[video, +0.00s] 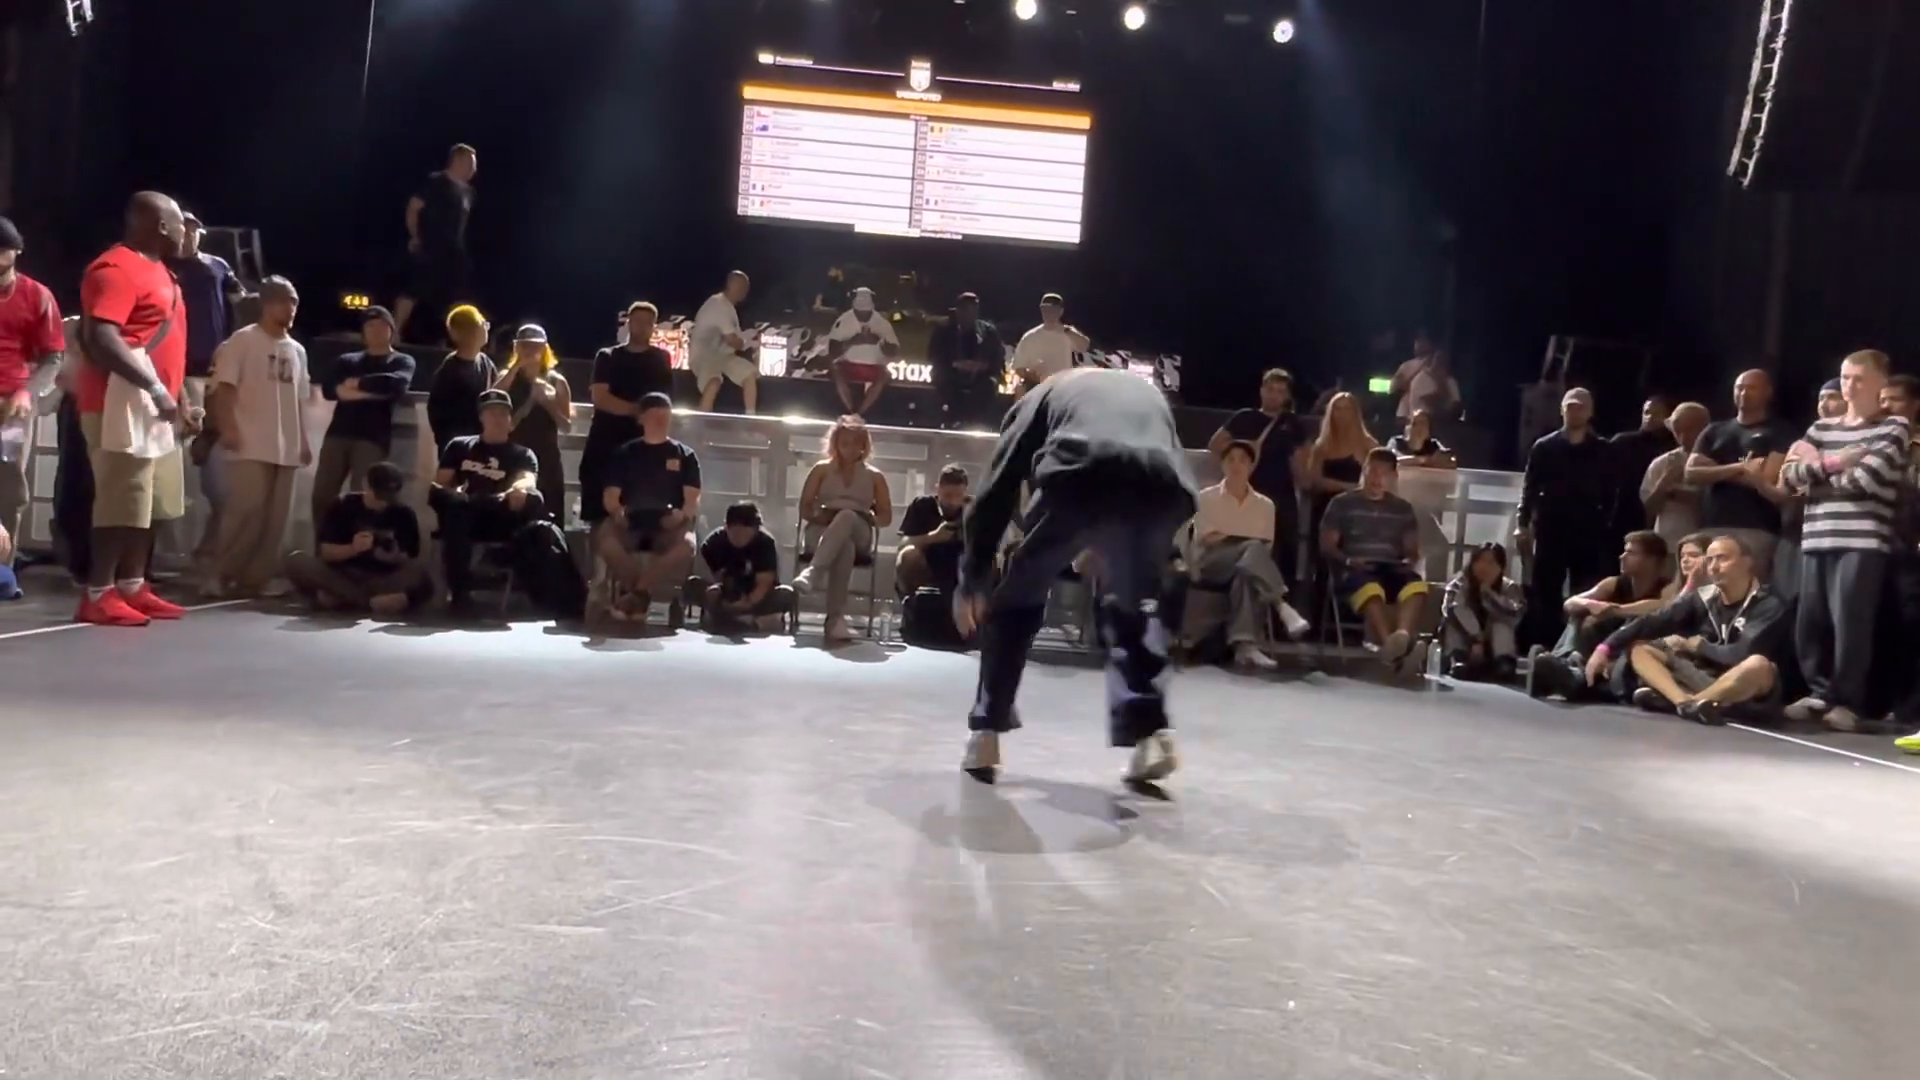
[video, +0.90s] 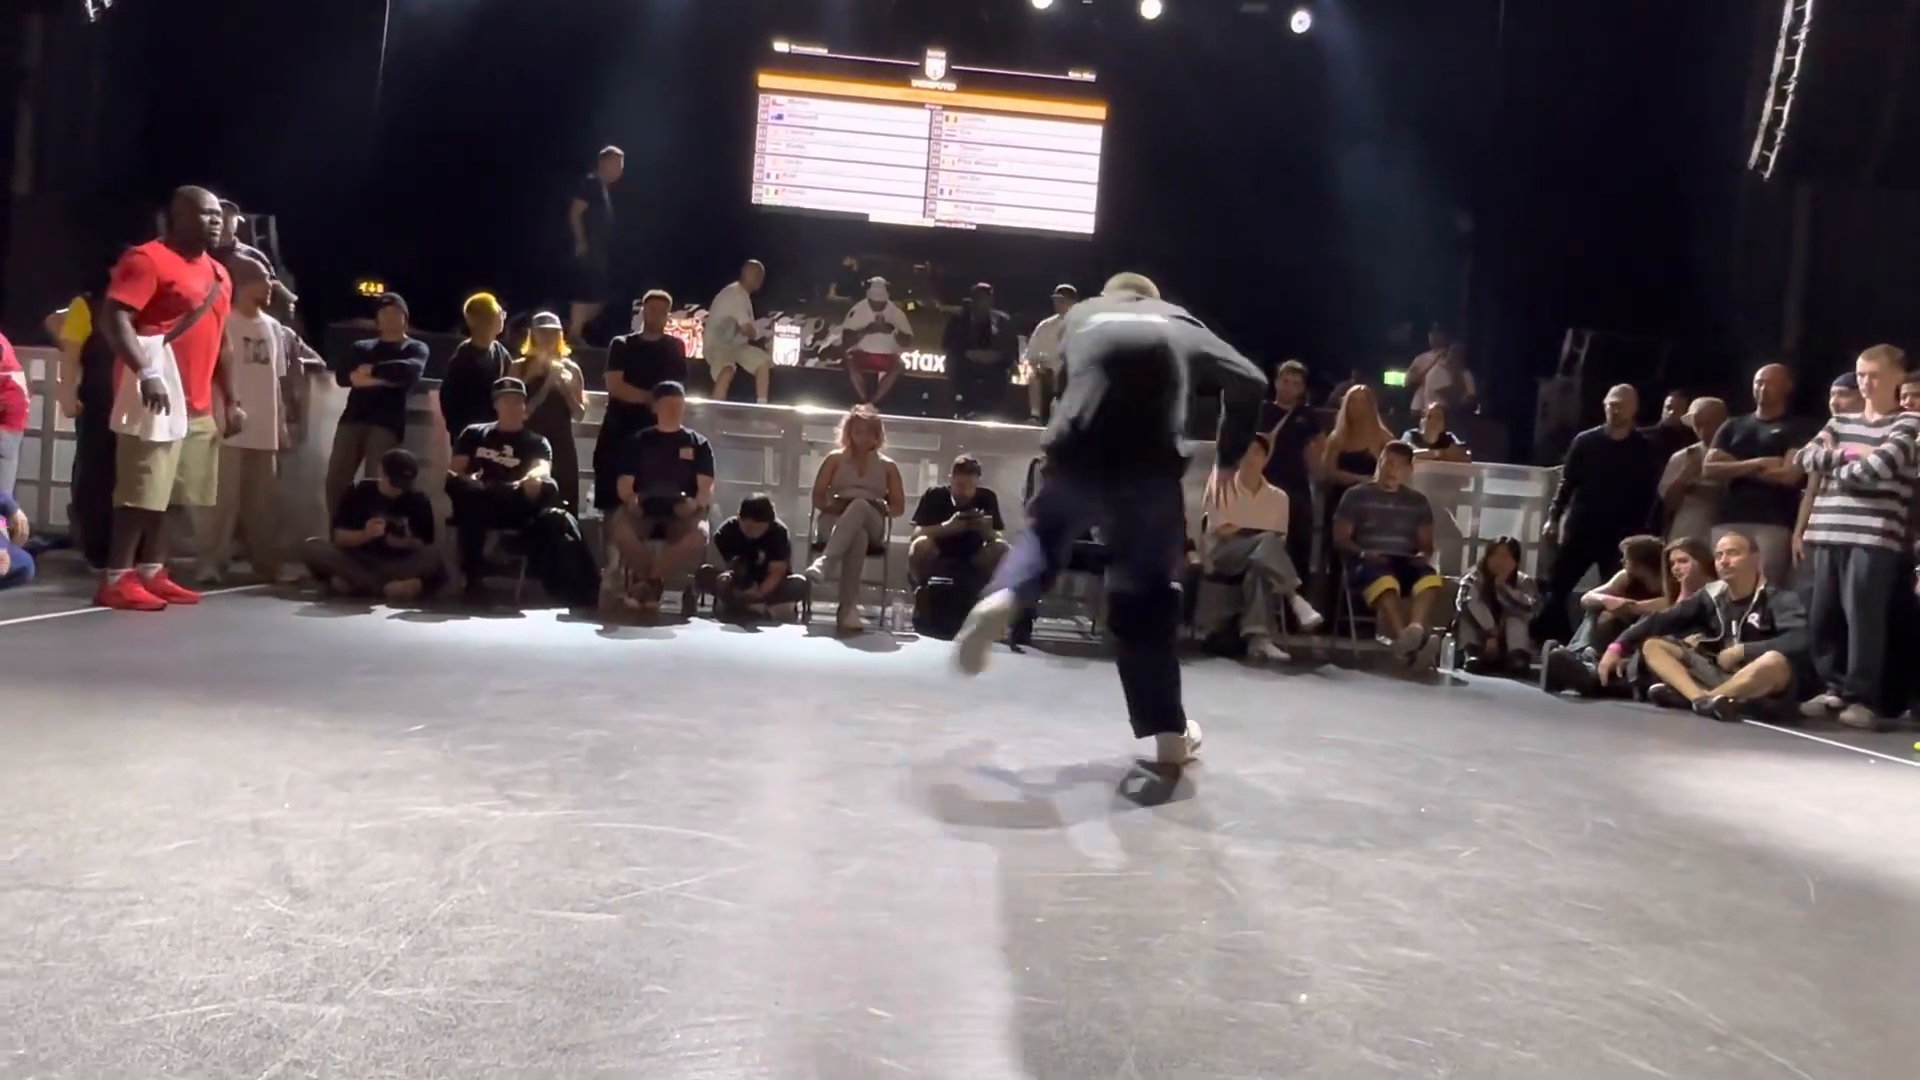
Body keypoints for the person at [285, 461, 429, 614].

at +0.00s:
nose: (382, 504)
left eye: (387, 500)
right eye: (378, 499)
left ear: (395, 494)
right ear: (367, 488)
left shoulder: (404, 515)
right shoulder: (343, 507)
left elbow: (411, 558)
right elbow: (325, 552)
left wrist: (393, 556)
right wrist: (353, 549)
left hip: (385, 577)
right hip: (344, 574)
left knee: (418, 574)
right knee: (296, 562)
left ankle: (345, 600)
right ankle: (368, 601)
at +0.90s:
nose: (397, 491)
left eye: (402, 487)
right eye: (393, 485)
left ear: (410, 482)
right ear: (381, 474)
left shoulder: (418, 500)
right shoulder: (358, 492)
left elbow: (426, 543)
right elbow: (339, 538)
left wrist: (405, 542)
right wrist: (366, 535)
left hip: (399, 562)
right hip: (359, 559)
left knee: (432, 560)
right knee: (313, 548)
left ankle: (359, 586)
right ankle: (382, 588)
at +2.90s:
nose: (406, 483)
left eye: (413, 480)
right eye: (403, 476)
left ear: (423, 473)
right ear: (394, 461)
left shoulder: (430, 489)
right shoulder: (368, 479)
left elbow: (438, 531)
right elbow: (351, 524)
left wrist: (417, 531)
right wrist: (381, 523)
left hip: (410, 549)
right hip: (368, 545)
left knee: (445, 548)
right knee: (325, 533)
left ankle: (371, 573)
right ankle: (393, 574)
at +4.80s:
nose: (400, 466)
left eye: (405, 460)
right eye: (395, 459)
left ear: (412, 462)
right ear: (382, 459)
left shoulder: (427, 492)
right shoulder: (362, 485)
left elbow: (436, 535)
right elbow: (344, 527)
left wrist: (404, 528)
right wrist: (367, 527)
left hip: (409, 551)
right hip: (368, 547)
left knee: (445, 550)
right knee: (326, 538)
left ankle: (373, 576)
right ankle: (394, 577)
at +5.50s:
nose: (380, 471)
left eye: (386, 466)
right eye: (375, 465)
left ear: (395, 470)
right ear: (365, 467)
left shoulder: (412, 502)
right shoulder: (346, 497)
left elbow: (423, 546)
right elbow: (327, 538)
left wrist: (395, 548)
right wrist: (350, 541)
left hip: (395, 561)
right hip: (354, 560)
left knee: (433, 561)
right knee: (313, 550)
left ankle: (358, 588)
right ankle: (382, 591)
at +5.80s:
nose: (375, 477)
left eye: (380, 472)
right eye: (369, 471)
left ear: (389, 475)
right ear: (358, 474)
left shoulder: (405, 507)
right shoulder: (339, 501)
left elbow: (416, 548)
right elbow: (318, 540)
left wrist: (400, 558)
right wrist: (346, 557)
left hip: (389, 568)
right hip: (347, 567)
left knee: (427, 568)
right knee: (306, 556)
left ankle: (350, 596)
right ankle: (378, 596)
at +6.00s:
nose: (371, 485)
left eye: (377, 480)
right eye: (366, 479)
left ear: (386, 483)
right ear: (356, 481)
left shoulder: (402, 515)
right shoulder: (338, 509)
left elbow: (413, 557)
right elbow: (320, 548)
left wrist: (384, 573)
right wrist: (341, 574)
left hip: (385, 575)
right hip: (346, 572)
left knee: (424, 573)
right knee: (301, 562)